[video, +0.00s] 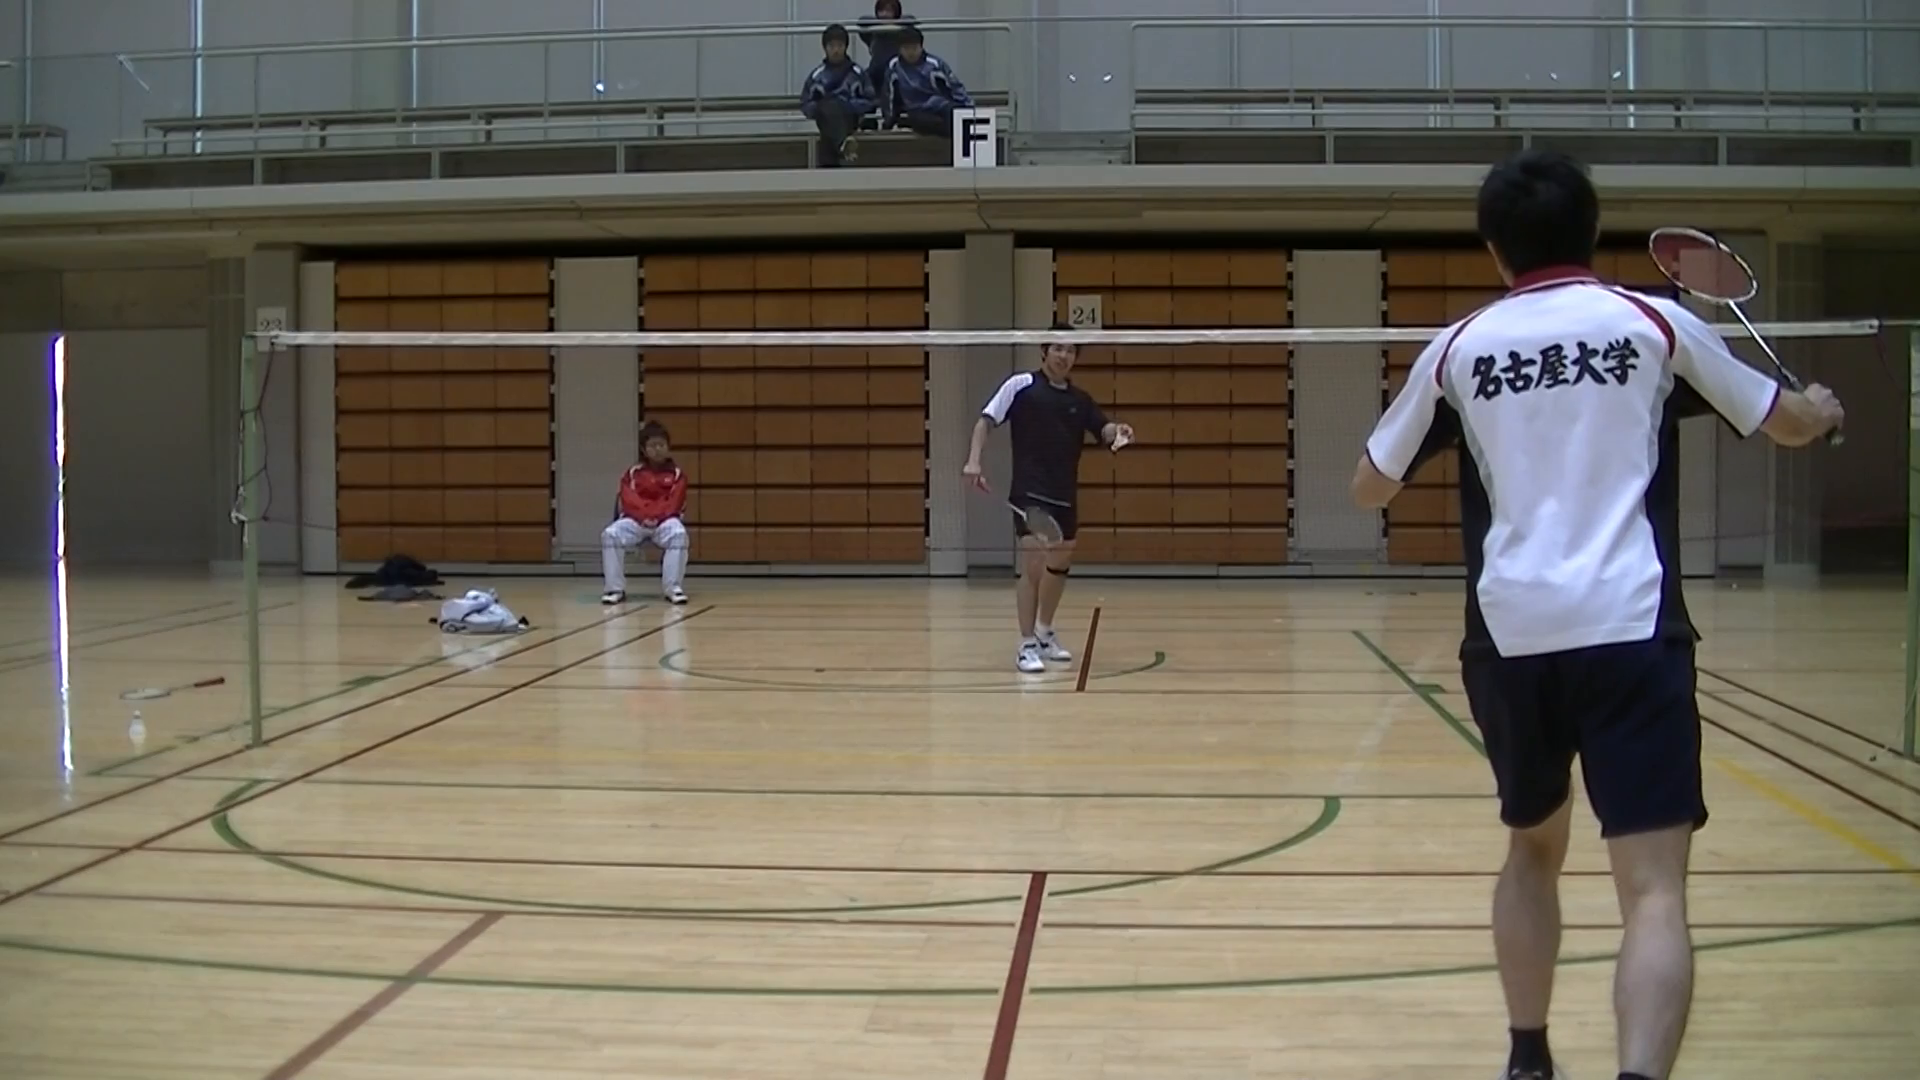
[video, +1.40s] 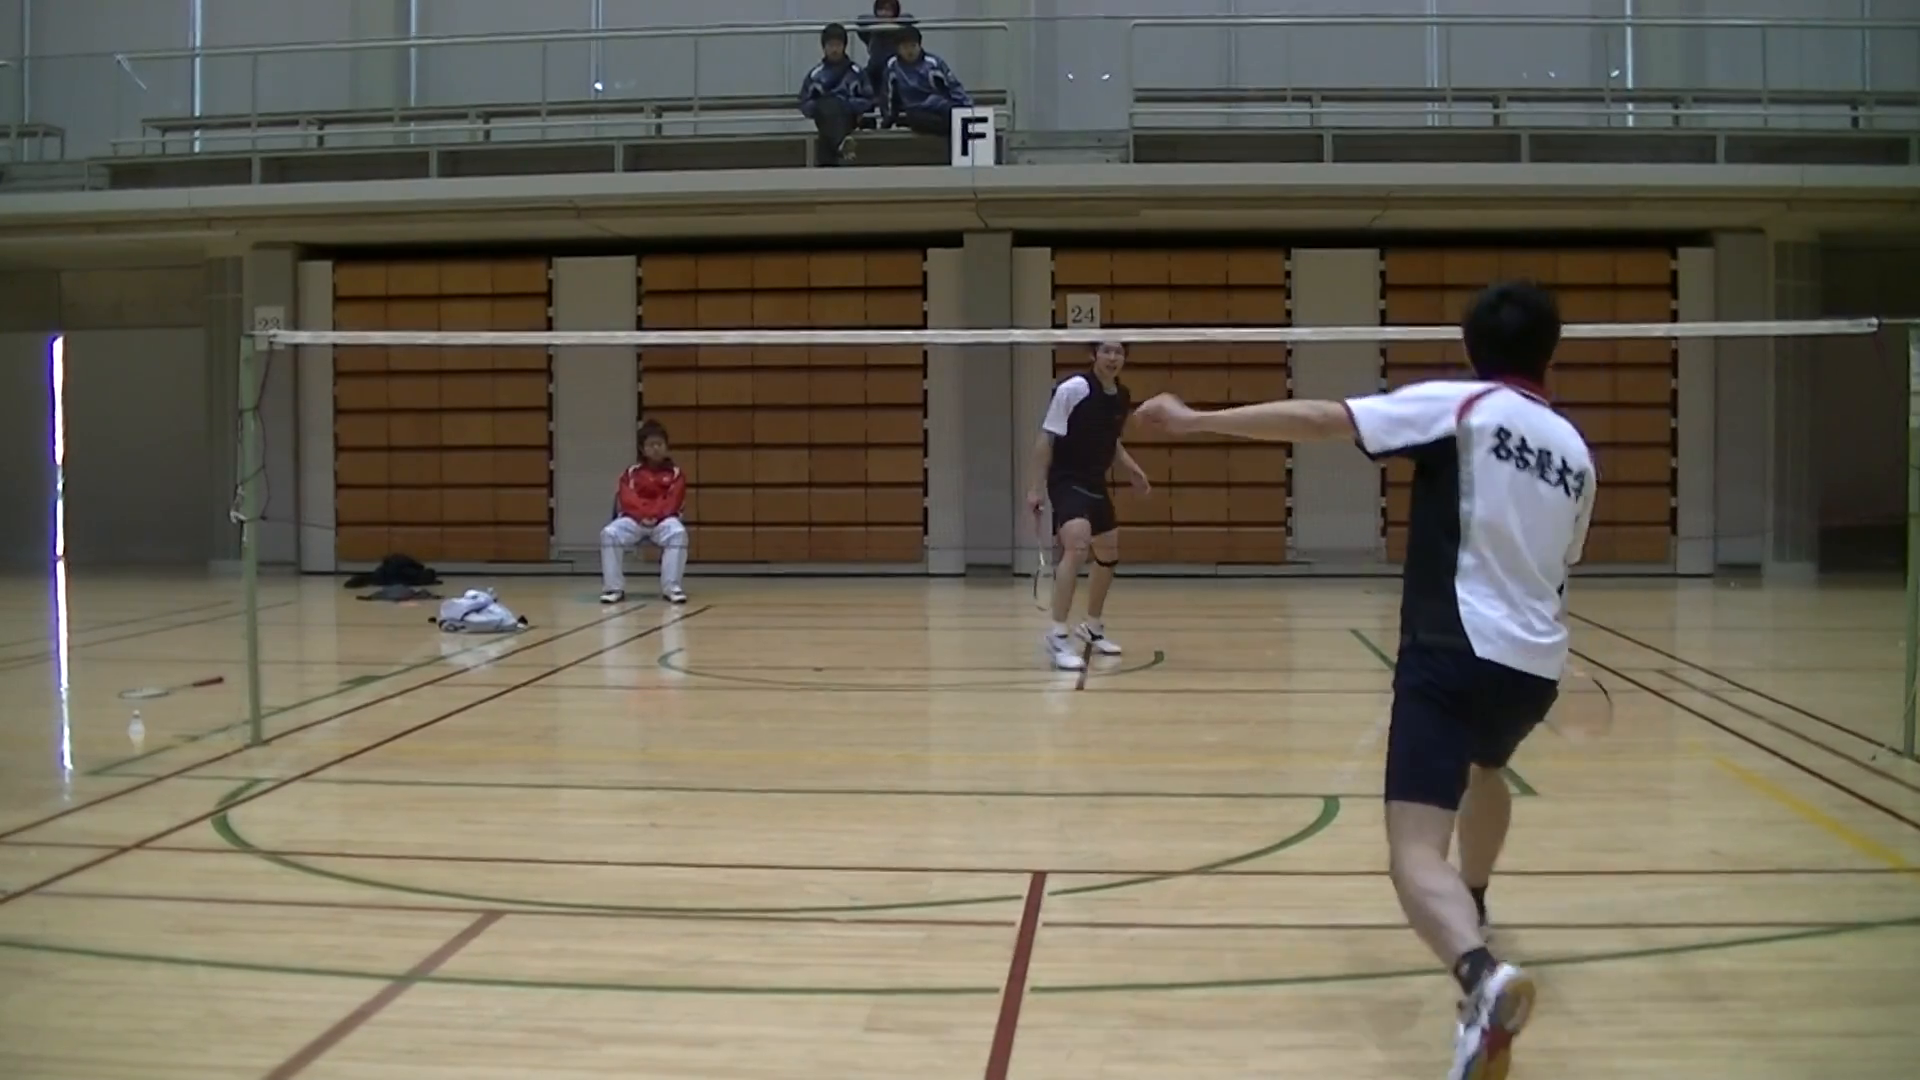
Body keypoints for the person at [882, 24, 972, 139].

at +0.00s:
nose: (911, 53)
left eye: (914, 48)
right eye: (906, 48)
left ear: (921, 47)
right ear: (900, 49)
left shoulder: (936, 65)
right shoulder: (894, 67)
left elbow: (955, 87)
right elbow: (891, 96)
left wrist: (968, 107)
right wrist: (889, 121)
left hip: (942, 107)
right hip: (916, 112)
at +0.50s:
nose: (911, 52)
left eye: (914, 47)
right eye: (906, 47)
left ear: (921, 47)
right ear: (899, 49)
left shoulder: (935, 64)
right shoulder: (894, 67)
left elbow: (954, 87)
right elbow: (890, 96)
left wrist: (968, 107)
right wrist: (889, 121)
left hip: (942, 107)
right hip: (916, 112)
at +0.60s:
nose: (911, 52)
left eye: (914, 47)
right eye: (906, 48)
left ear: (921, 47)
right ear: (899, 50)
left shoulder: (935, 64)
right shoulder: (893, 68)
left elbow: (955, 87)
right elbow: (889, 96)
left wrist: (968, 107)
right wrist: (889, 120)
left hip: (943, 107)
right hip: (915, 112)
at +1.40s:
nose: (909, 51)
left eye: (913, 46)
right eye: (904, 47)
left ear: (920, 46)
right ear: (898, 49)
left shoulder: (934, 63)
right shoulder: (893, 67)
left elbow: (953, 86)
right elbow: (889, 95)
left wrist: (967, 106)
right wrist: (889, 118)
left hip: (943, 108)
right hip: (914, 112)